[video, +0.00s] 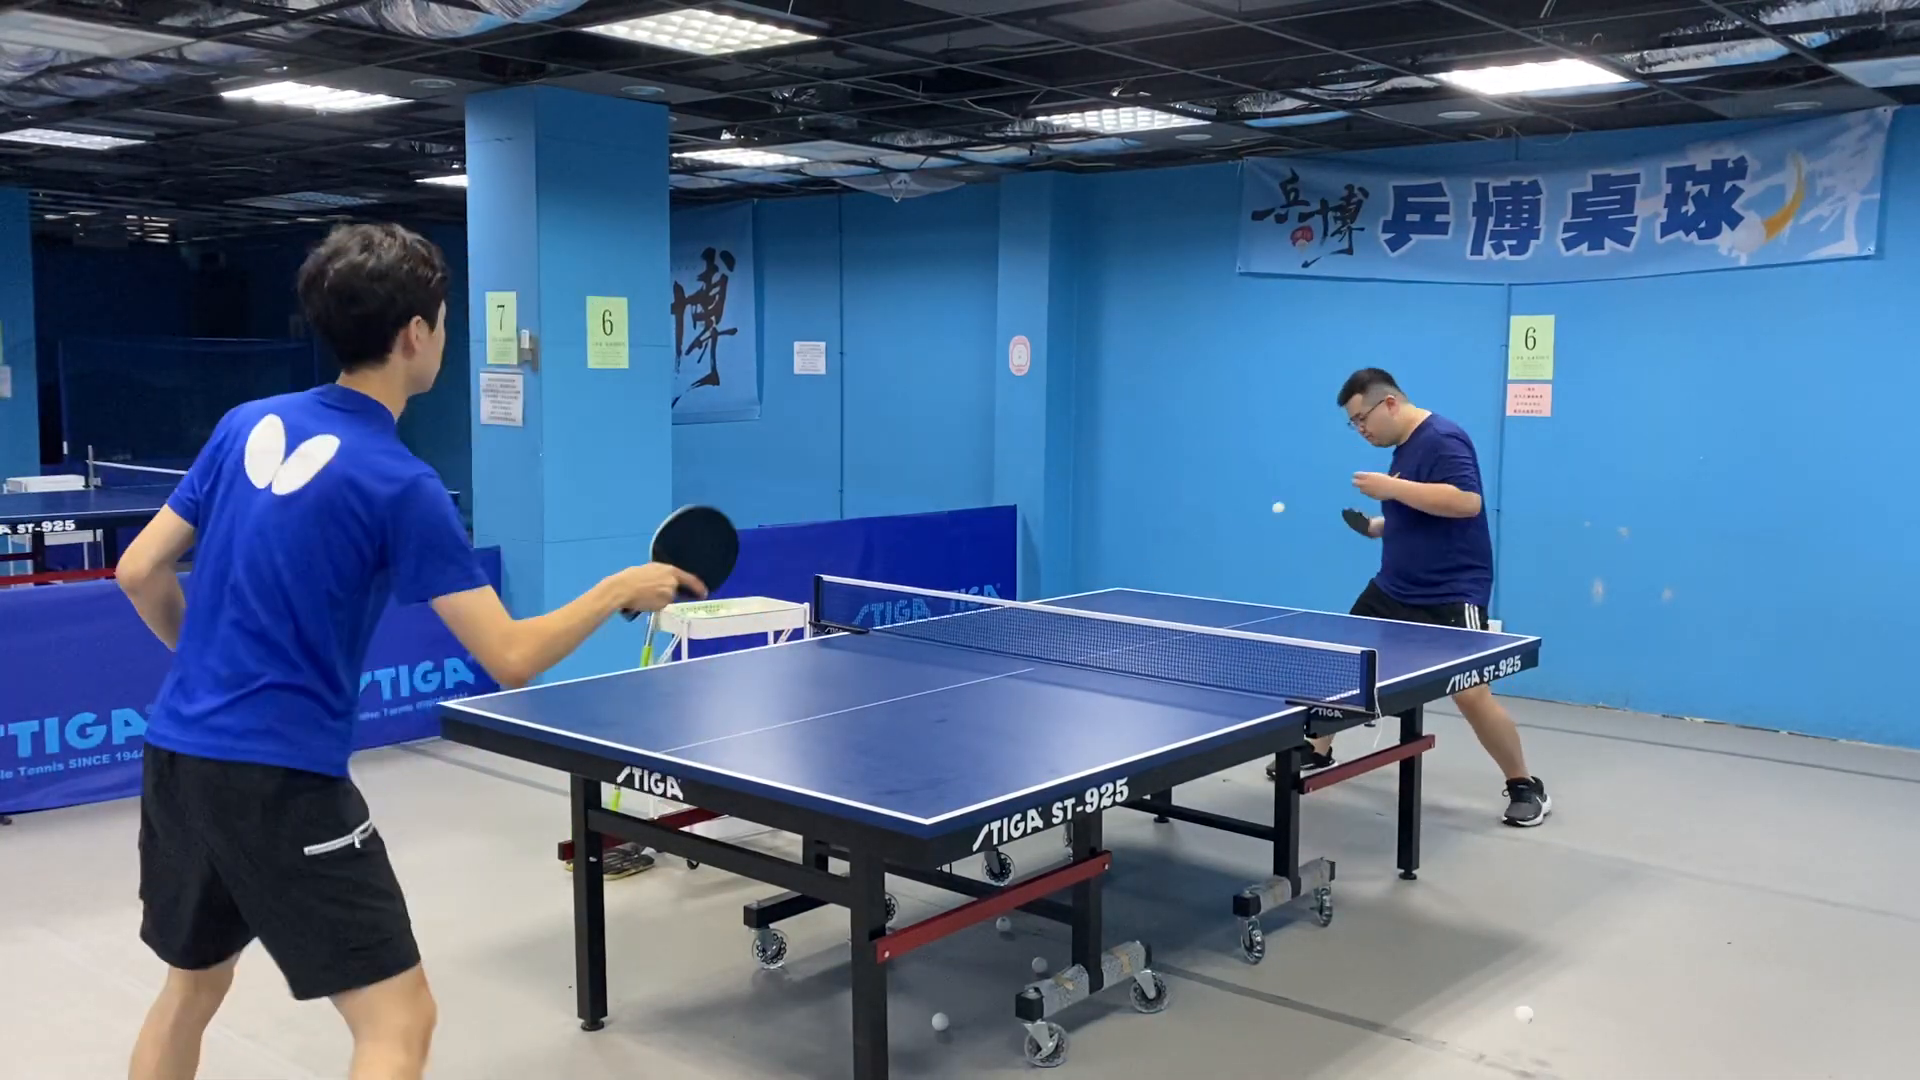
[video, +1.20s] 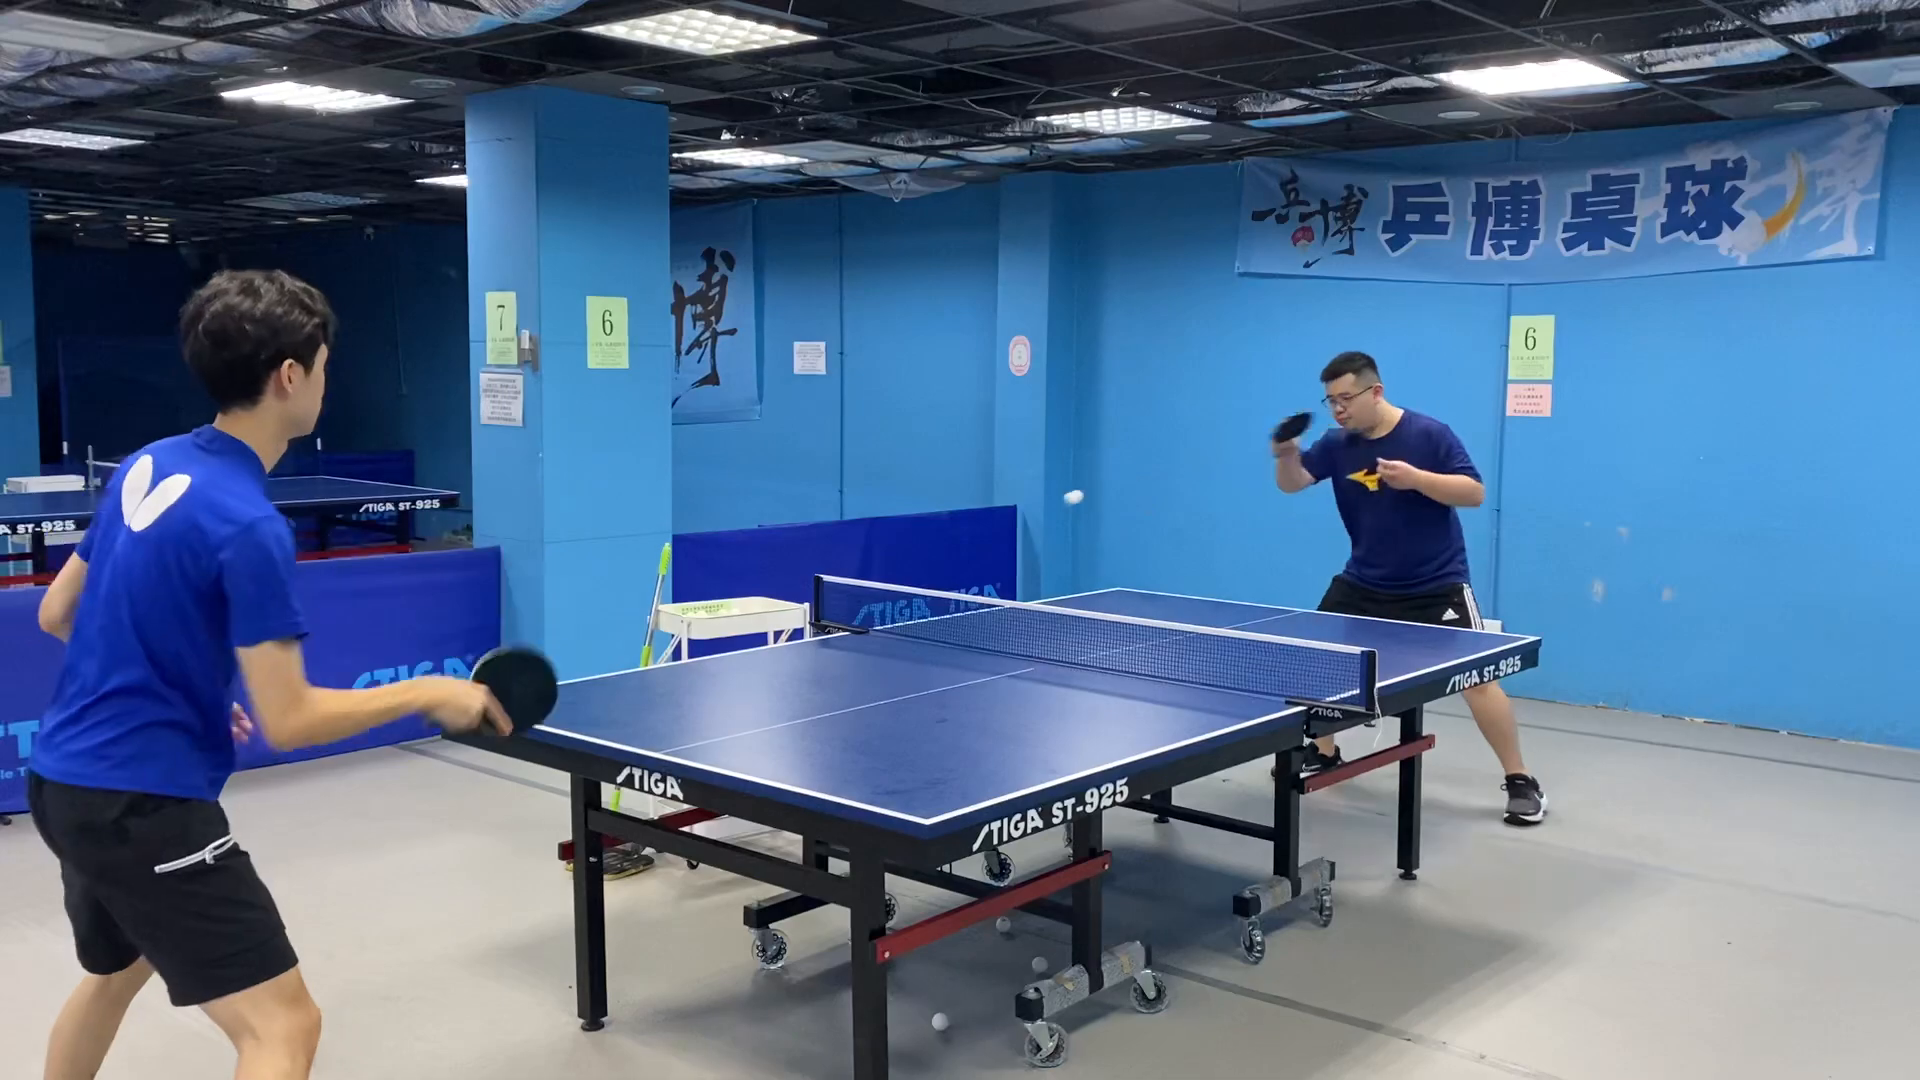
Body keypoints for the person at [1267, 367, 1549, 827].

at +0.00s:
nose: (1360, 431)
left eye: (1361, 419)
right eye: (1354, 423)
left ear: (1391, 403)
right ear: (1387, 409)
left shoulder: (1444, 438)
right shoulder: (1404, 449)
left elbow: (1469, 502)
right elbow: (1419, 520)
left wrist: (1392, 488)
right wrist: (1378, 527)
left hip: (1451, 598)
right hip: (1392, 590)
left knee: (1470, 693)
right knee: (1337, 661)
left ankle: (1522, 785)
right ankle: (1315, 750)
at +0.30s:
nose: (1417, 396)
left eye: (1426, 386)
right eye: (1411, 387)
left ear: (1458, 380)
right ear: (1409, 388)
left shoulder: (1504, 436)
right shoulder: (1411, 434)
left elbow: (1533, 503)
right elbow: (1374, 487)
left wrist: (1463, 496)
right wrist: (1375, 461)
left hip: (1476, 593)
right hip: (1403, 585)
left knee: (1501, 688)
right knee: (1344, 659)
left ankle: (1527, 784)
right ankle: (1324, 742)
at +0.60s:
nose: (1383, 399)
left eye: (1394, 390)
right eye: (1377, 390)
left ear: (1423, 389)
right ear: (1372, 392)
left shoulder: (1465, 444)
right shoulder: (1367, 444)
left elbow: (1499, 505)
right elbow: (1346, 501)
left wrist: (1448, 513)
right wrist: (1321, 509)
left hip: (1445, 595)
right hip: (1370, 588)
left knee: (1485, 681)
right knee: (1317, 656)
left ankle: (1524, 782)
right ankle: (1324, 751)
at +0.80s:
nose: (1353, 398)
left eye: (1363, 387)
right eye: (1347, 390)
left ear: (1392, 384)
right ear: (1345, 394)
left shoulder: (1439, 430)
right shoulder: (1364, 447)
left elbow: (1473, 488)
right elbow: (1365, 508)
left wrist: (1396, 482)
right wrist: (1318, 532)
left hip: (1449, 588)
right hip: (1382, 585)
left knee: (1481, 684)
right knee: (1331, 661)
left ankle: (1525, 783)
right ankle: (1327, 752)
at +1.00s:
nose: (1337, 419)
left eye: (1341, 407)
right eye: (1332, 411)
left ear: (1374, 398)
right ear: (1364, 405)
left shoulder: (1428, 433)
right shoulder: (1367, 455)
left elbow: (1459, 492)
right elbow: (1374, 518)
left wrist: (1385, 474)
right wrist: (1321, 530)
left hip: (1453, 590)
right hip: (1386, 588)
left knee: (1479, 688)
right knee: (1327, 658)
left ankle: (1526, 785)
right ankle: (1327, 751)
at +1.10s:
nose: (1335, 415)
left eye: (1341, 403)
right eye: (1331, 406)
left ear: (1374, 394)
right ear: (1341, 406)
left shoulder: (1431, 433)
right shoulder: (1348, 455)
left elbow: (1474, 488)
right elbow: (1313, 503)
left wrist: (1402, 479)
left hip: (1445, 589)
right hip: (1372, 587)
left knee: (1479, 683)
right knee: (1316, 657)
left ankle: (1523, 783)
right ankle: (1324, 750)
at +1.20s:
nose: (1336, 408)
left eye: (1344, 398)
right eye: (1331, 401)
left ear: (1375, 392)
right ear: (1330, 402)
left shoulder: (1429, 436)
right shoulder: (1336, 446)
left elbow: (1473, 492)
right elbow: (1292, 482)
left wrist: (1417, 478)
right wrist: (1286, 454)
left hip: (1436, 586)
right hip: (1362, 583)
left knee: (1475, 675)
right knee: (1308, 656)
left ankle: (1518, 780)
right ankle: (1323, 751)